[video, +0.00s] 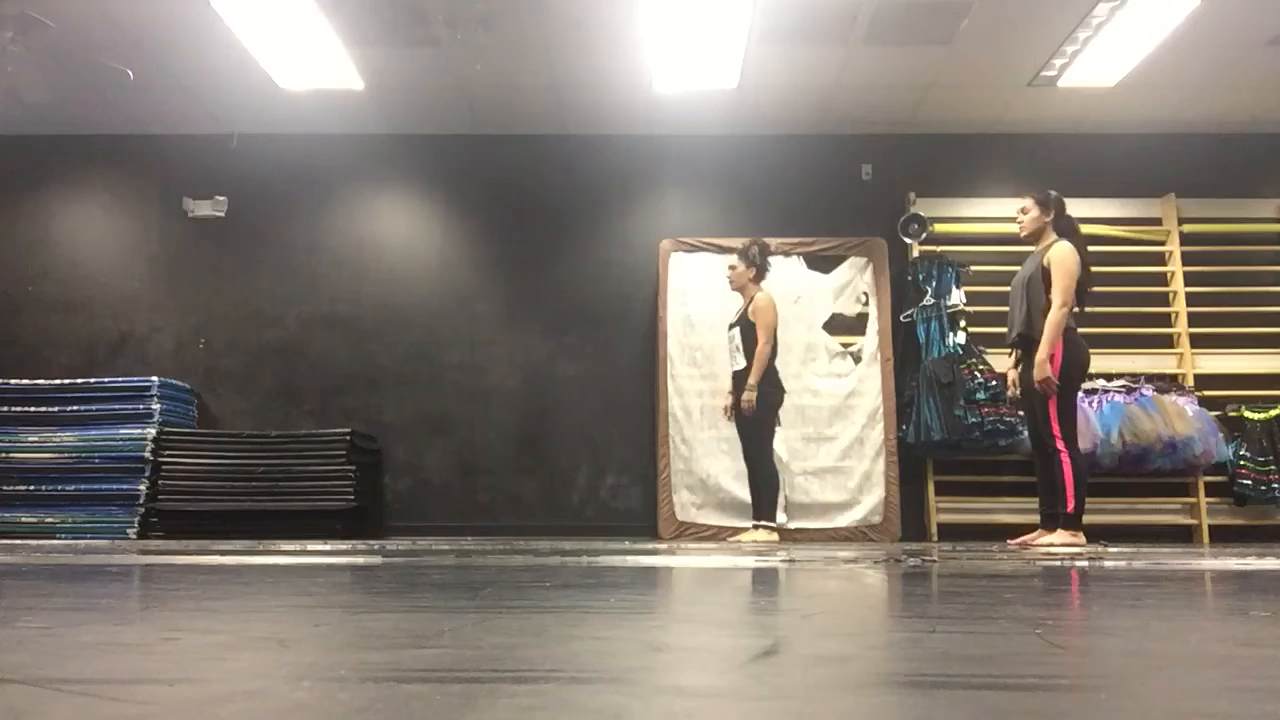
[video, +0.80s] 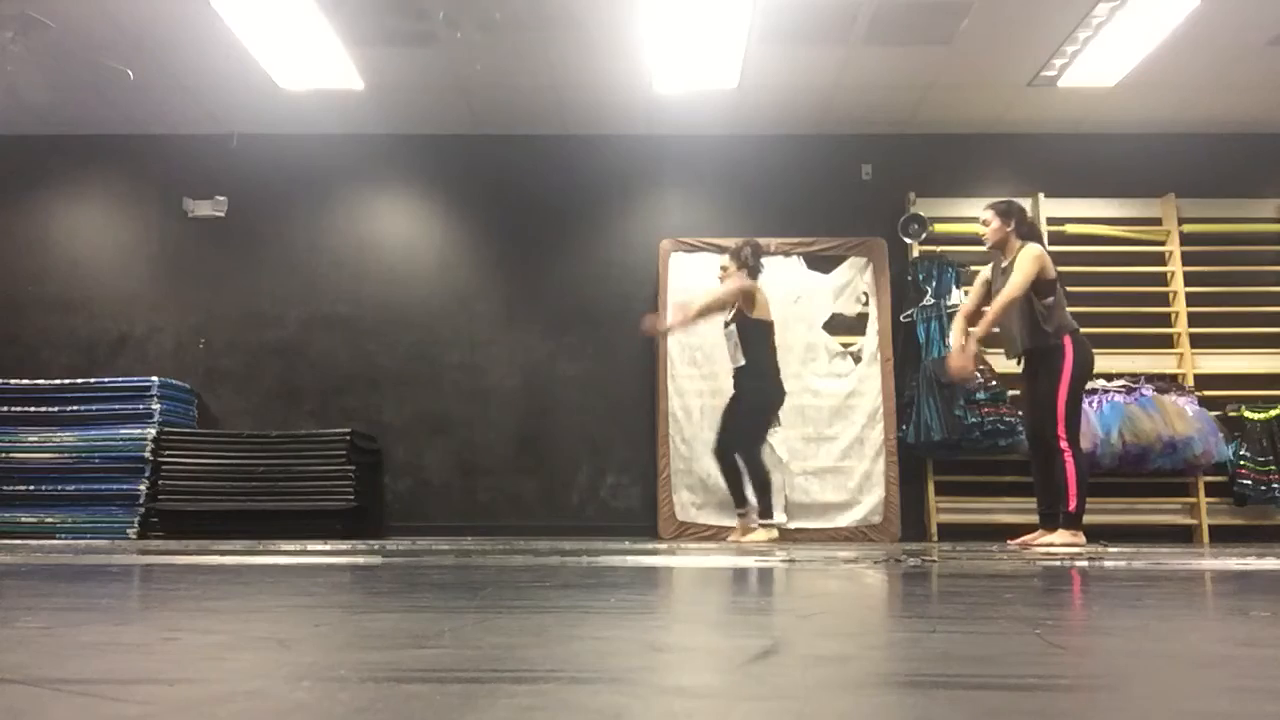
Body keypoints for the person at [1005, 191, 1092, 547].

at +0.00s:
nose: (1018, 219)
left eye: (1025, 212)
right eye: (1018, 213)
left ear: (1048, 214)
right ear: (1040, 217)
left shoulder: (1062, 250)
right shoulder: (1036, 256)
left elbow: (1062, 306)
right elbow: (1027, 314)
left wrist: (1043, 358)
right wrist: (1014, 361)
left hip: (1058, 348)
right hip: (1038, 351)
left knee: (1059, 439)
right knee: (1042, 440)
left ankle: (1071, 528)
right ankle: (1050, 525)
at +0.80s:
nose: (981, 230)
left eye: (987, 223)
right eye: (981, 224)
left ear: (1010, 224)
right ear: (997, 227)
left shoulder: (1032, 254)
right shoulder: (990, 271)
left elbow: (1007, 298)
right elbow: (964, 312)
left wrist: (974, 341)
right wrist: (956, 348)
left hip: (1064, 352)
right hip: (1036, 357)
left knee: (1060, 436)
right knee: (1038, 437)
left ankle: (1071, 529)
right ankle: (1049, 526)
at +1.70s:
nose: (964, 356)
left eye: (970, 348)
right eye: (962, 349)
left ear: (993, 348)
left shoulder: (1014, 366)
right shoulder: (983, 380)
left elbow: (1005, 392)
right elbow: (964, 413)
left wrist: (957, 412)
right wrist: (936, 423)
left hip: (1105, 406)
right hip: (1081, 409)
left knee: (1034, 447)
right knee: (1017, 452)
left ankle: (1067, 531)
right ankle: (1047, 529)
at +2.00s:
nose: (1062, 225)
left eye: (1070, 219)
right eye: (1054, 219)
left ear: (1079, 229)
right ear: (1040, 227)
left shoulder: (1091, 266)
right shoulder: (1022, 265)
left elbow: (1134, 290)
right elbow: (989, 287)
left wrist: (1131, 334)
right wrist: (992, 330)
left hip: (1078, 366)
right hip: (1036, 366)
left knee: (1047, 438)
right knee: (992, 430)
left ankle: (1071, 529)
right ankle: (1013, 512)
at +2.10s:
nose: (1080, 198)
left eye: (1085, 192)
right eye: (1071, 192)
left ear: (1092, 201)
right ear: (1052, 201)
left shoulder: (1103, 242)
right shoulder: (1037, 234)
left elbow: (1138, 267)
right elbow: (985, 257)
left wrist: (1166, 291)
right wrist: (959, 284)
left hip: (1080, 348)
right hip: (1035, 342)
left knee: (1064, 431)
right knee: (983, 409)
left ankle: (1067, 527)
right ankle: (941, 491)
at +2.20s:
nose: (1084, 188)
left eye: (1089, 184)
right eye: (1075, 183)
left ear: (1095, 197)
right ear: (1055, 195)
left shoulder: (1106, 241)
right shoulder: (1040, 226)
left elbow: (1147, 250)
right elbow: (979, 238)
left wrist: (1176, 255)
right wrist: (927, 243)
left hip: (1091, 337)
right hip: (1047, 328)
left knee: (1070, 429)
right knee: (987, 395)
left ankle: (1060, 522)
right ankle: (918, 456)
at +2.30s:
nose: (1087, 198)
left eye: (1091, 192)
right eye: (1078, 192)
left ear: (1097, 201)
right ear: (1057, 199)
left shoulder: (1114, 241)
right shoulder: (1045, 234)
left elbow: (1164, 238)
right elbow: (984, 224)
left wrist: (1209, 233)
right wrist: (932, 211)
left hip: (1100, 339)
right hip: (1056, 327)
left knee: (1072, 430)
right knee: (1005, 385)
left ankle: (1050, 521)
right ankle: (943, 443)